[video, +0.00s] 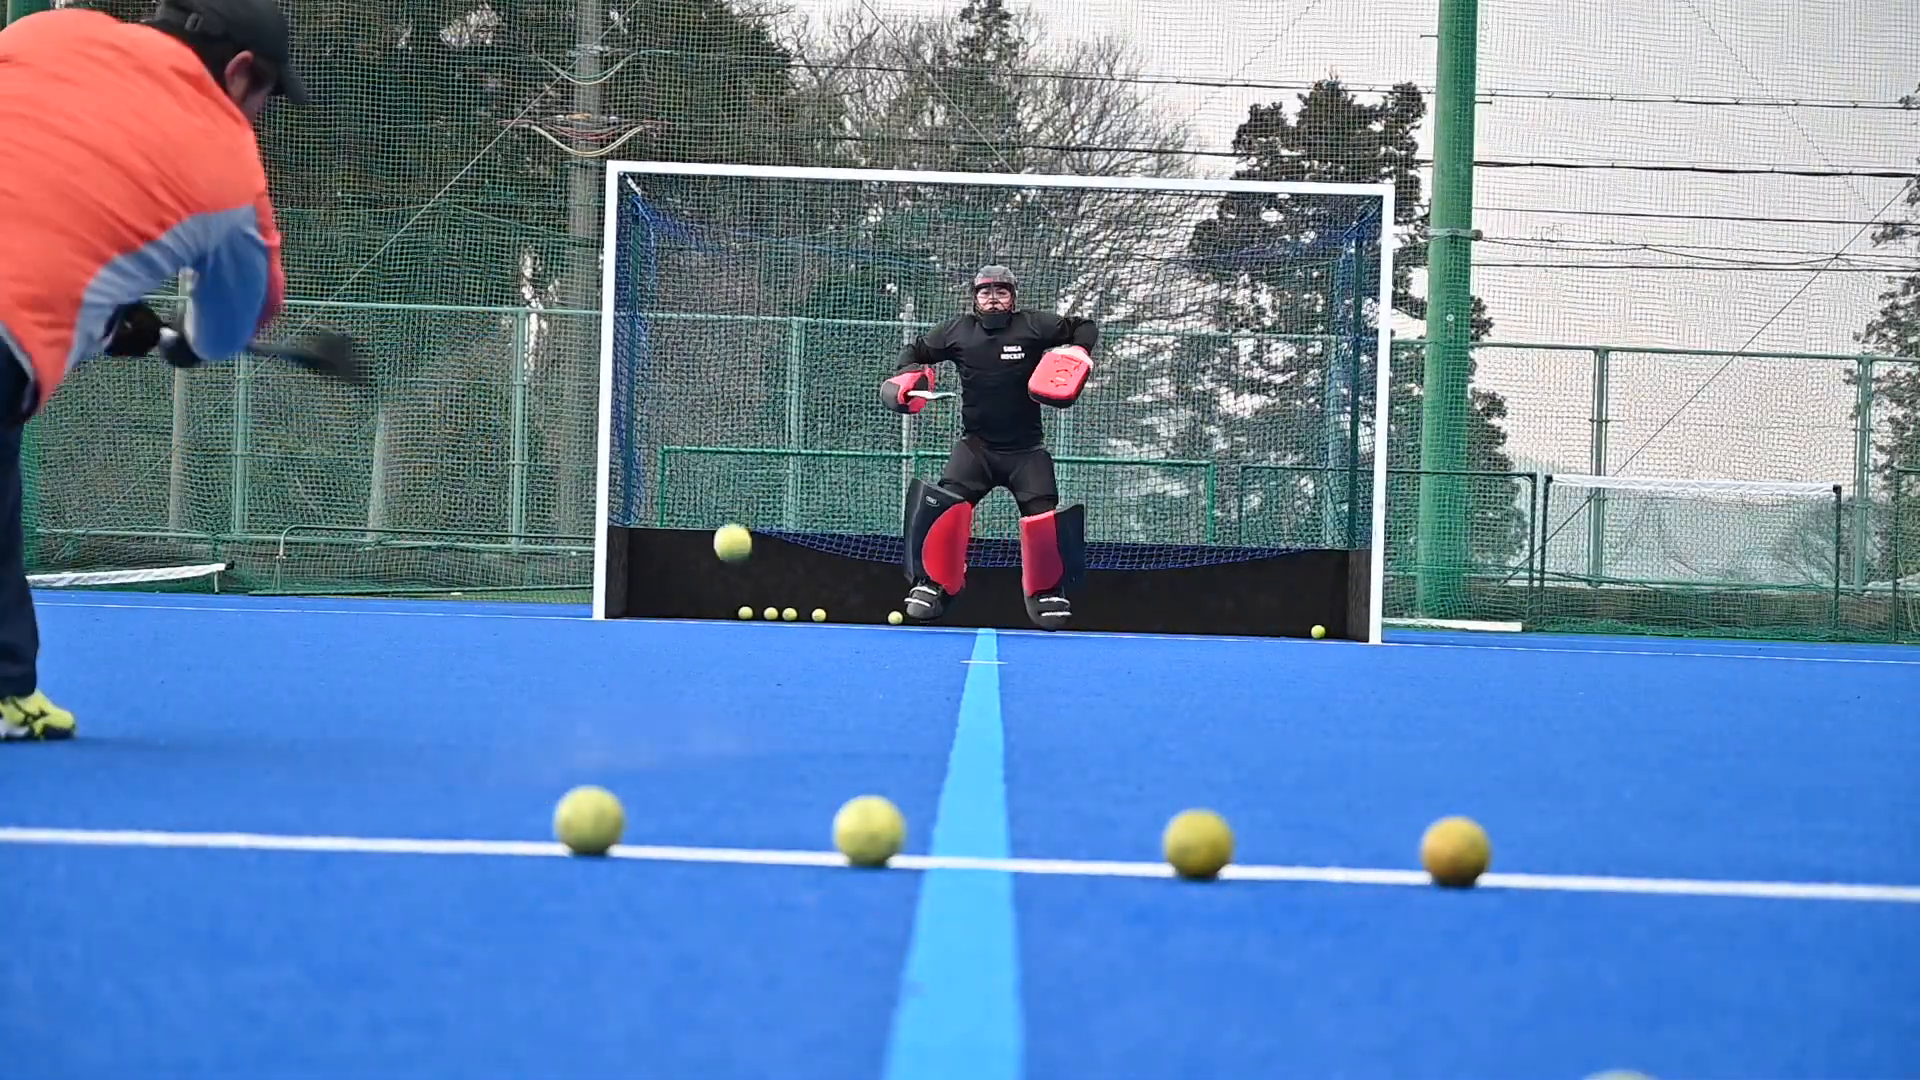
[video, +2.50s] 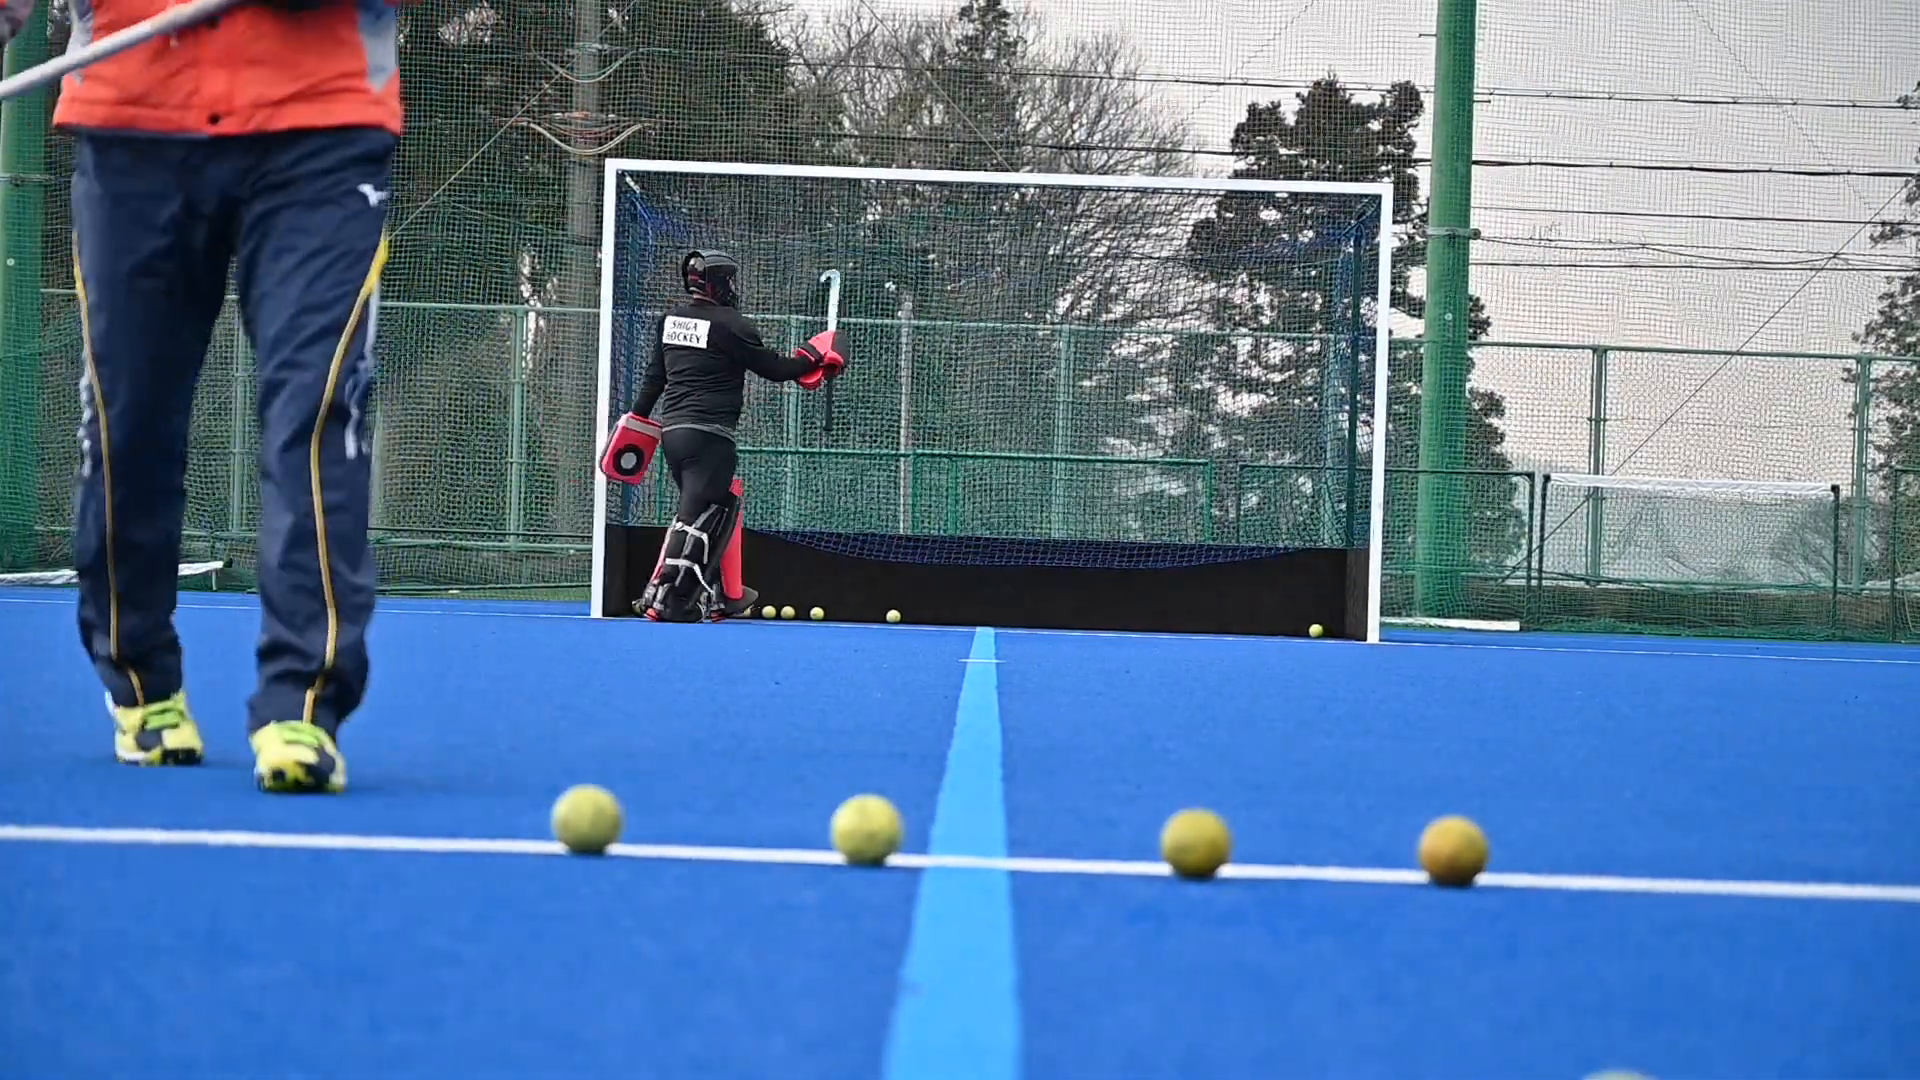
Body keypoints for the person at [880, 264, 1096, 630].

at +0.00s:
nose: (994, 298)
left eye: (1001, 291)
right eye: (986, 291)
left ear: (1013, 297)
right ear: (975, 297)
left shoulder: (1034, 325)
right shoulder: (957, 332)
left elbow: (1086, 328)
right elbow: (916, 352)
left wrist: (1076, 355)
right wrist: (905, 380)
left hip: (1026, 449)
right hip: (976, 447)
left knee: (1042, 515)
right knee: (945, 504)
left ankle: (1046, 594)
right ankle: (931, 587)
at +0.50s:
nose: (828, 329)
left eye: (838, 322)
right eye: (824, 322)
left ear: (859, 322)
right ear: (817, 326)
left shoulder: (874, 352)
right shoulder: (811, 368)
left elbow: (919, 348)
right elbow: (780, 404)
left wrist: (866, 335)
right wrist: (731, 393)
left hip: (903, 452)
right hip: (862, 478)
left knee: (929, 505)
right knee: (838, 531)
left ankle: (1015, 577)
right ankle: (919, 605)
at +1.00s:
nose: (668, 307)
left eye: (666, 303)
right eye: (669, 302)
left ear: (653, 312)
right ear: (688, 311)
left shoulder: (649, 343)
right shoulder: (716, 349)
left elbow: (631, 394)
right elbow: (739, 408)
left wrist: (588, 434)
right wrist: (757, 465)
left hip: (668, 451)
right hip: (715, 459)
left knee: (616, 520)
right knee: (694, 539)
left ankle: (575, 596)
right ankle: (708, 590)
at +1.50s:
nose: (618, 279)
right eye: (613, 270)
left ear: (570, 277)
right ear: (607, 275)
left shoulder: (547, 318)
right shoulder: (618, 312)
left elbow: (550, 367)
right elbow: (623, 362)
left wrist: (588, 371)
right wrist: (667, 378)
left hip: (576, 437)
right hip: (625, 433)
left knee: (567, 518)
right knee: (655, 495)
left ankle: (551, 598)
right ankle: (679, 545)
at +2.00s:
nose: (665, 293)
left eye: (663, 286)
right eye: (662, 287)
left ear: (622, 287)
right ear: (654, 288)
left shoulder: (594, 323)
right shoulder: (665, 324)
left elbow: (574, 381)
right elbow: (677, 377)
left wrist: (585, 413)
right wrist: (726, 382)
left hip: (608, 440)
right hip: (655, 441)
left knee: (587, 519)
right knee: (669, 524)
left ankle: (556, 588)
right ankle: (668, 602)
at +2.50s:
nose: (734, 286)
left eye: (732, 280)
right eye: (730, 280)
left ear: (695, 284)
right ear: (718, 284)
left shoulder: (672, 320)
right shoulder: (732, 324)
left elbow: (654, 379)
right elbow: (775, 369)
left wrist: (634, 424)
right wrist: (814, 357)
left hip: (674, 434)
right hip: (709, 435)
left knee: (718, 510)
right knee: (689, 520)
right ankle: (665, 599)